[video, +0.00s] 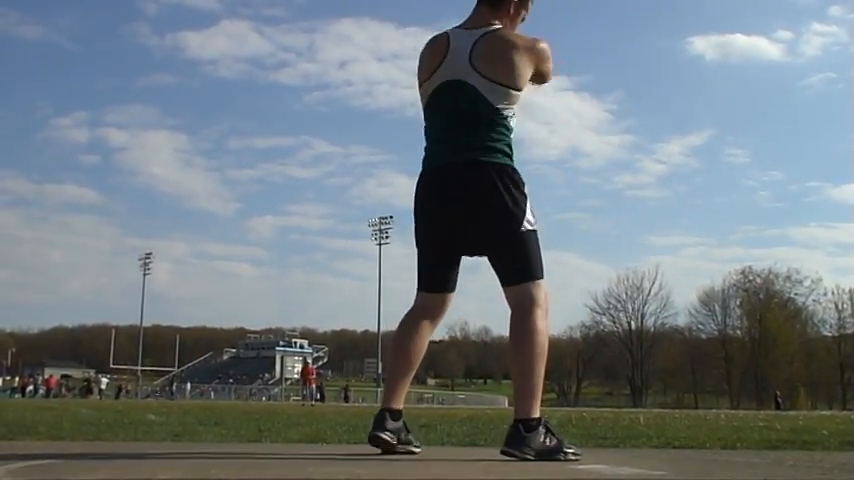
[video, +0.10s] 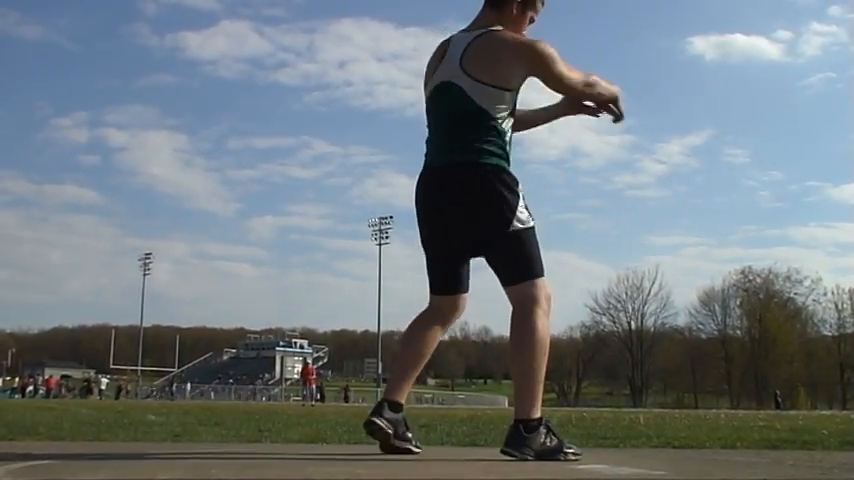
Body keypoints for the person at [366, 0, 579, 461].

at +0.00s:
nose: (526, 16)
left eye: (526, 10)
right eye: (527, 10)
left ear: (480, 3)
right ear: (515, 7)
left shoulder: (432, 47)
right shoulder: (524, 47)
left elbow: (433, 98)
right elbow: (541, 76)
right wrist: (517, 50)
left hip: (434, 187)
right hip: (492, 183)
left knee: (427, 307)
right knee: (530, 303)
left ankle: (388, 418)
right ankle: (528, 428)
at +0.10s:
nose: (534, 22)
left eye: (535, 15)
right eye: (534, 13)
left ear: (489, 5)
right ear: (519, 6)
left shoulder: (442, 53)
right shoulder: (522, 47)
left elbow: (495, 121)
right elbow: (580, 83)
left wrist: (561, 109)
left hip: (434, 188)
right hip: (487, 184)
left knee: (445, 306)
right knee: (533, 300)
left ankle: (389, 409)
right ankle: (529, 428)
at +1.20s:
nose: (515, 10)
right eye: (516, 7)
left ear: (471, 2)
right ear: (513, 5)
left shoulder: (429, 41)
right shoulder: (530, 47)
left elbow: (414, 106)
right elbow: (559, 81)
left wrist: (455, 81)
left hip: (433, 180)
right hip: (493, 179)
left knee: (416, 301)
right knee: (525, 305)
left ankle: (383, 412)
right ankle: (530, 419)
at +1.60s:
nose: (505, 18)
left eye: (501, 13)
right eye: (505, 13)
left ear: (455, 10)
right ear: (499, 14)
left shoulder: (415, 55)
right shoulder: (512, 57)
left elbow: (403, 121)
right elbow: (475, 71)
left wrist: (411, 59)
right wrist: (425, 39)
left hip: (431, 196)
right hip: (493, 194)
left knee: (409, 314)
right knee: (522, 313)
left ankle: (380, 431)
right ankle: (524, 432)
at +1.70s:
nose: (512, 16)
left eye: (510, 11)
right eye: (513, 11)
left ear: (464, 7)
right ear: (504, 10)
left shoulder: (416, 56)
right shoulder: (515, 52)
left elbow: (424, 119)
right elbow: (509, 95)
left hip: (430, 197)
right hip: (491, 194)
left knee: (411, 314)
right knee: (524, 312)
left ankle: (381, 431)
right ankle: (525, 434)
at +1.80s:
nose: (520, 18)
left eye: (520, 12)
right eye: (521, 11)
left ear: (473, 7)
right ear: (512, 10)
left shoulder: (428, 54)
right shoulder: (525, 53)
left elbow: (432, 103)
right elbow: (533, 89)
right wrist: (492, 52)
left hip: (429, 197)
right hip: (489, 195)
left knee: (418, 314)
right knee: (527, 311)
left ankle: (382, 429)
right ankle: (526, 434)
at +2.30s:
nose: (581, 91)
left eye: (584, 82)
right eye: (578, 79)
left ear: (558, 75)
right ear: (551, 71)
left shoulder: (561, 130)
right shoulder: (493, 114)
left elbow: (606, 168)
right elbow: (425, 148)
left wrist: (657, 201)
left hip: (459, 241)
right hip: (479, 236)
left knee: (505, 353)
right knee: (572, 318)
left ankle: (405, 405)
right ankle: (528, 434)